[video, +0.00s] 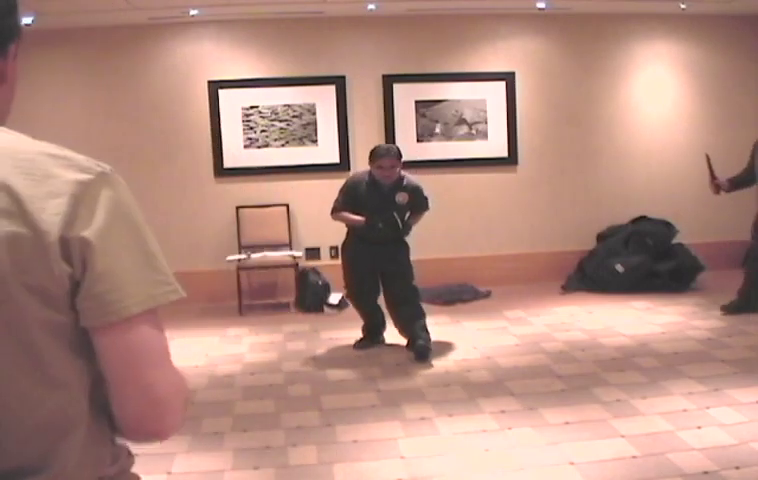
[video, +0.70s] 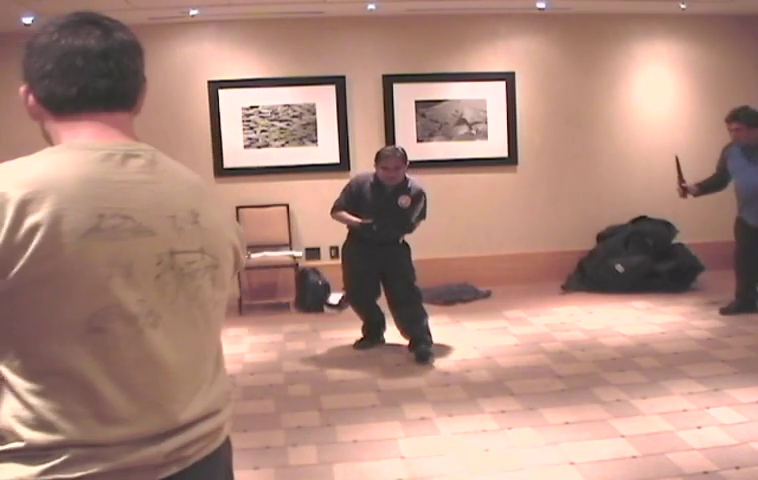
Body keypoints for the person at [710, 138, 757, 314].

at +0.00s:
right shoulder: (756, 146)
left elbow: (751, 173)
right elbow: (751, 172)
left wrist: (727, 184)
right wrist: (726, 184)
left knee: (754, 249)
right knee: (754, 248)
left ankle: (748, 296)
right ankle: (747, 296)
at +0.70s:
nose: (734, 135)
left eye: (738, 130)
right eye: (731, 130)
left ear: (753, 129)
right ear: (730, 131)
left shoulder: (754, 152)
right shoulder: (731, 152)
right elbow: (721, 179)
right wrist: (694, 189)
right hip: (747, 217)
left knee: (751, 259)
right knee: (745, 259)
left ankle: (749, 299)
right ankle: (745, 299)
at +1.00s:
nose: (730, 136)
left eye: (734, 130)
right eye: (727, 131)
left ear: (750, 130)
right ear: (726, 131)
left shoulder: (754, 152)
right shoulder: (728, 153)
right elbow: (716, 181)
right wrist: (689, 187)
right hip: (744, 218)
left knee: (751, 259)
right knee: (743, 259)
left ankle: (750, 300)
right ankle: (744, 300)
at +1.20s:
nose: (727, 137)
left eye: (731, 131)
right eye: (725, 131)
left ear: (747, 130)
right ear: (724, 132)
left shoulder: (754, 152)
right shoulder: (725, 154)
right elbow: (710, 181)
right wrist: (683, 187)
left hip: (754, 221)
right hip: (743, 220)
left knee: (750, 261)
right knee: (741, 261)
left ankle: (750, 300)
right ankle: (743, 300)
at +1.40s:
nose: (725, 136)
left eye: (729, 130)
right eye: (723, 131)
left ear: (746, 130)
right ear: (721, 132)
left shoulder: (755, 149)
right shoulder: (722, 155)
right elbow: (700, 182)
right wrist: (670, 186)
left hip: (754, 214)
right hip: (742, 215)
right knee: (740, 257)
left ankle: (748, 299)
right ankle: (745, 299)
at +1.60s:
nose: (723, 133)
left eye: (728, 127)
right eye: (720, 128)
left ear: (744, 126)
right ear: (718, 129)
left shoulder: (755, 146)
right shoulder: (717, 153)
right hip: (740, 219)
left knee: (751, 260)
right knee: (739, 260)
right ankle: (742, 301)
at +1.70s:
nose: (722, 132)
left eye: (727, 125)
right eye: (719, 127)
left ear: (742, 125)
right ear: (717, 129)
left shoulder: (755, 145)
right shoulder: (716, 151)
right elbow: (690, 168)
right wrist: (668, 176)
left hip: (755, 217)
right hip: (739, 217)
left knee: (751, 261)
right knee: (739, 262)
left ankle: (751, 301)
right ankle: (745, 301)